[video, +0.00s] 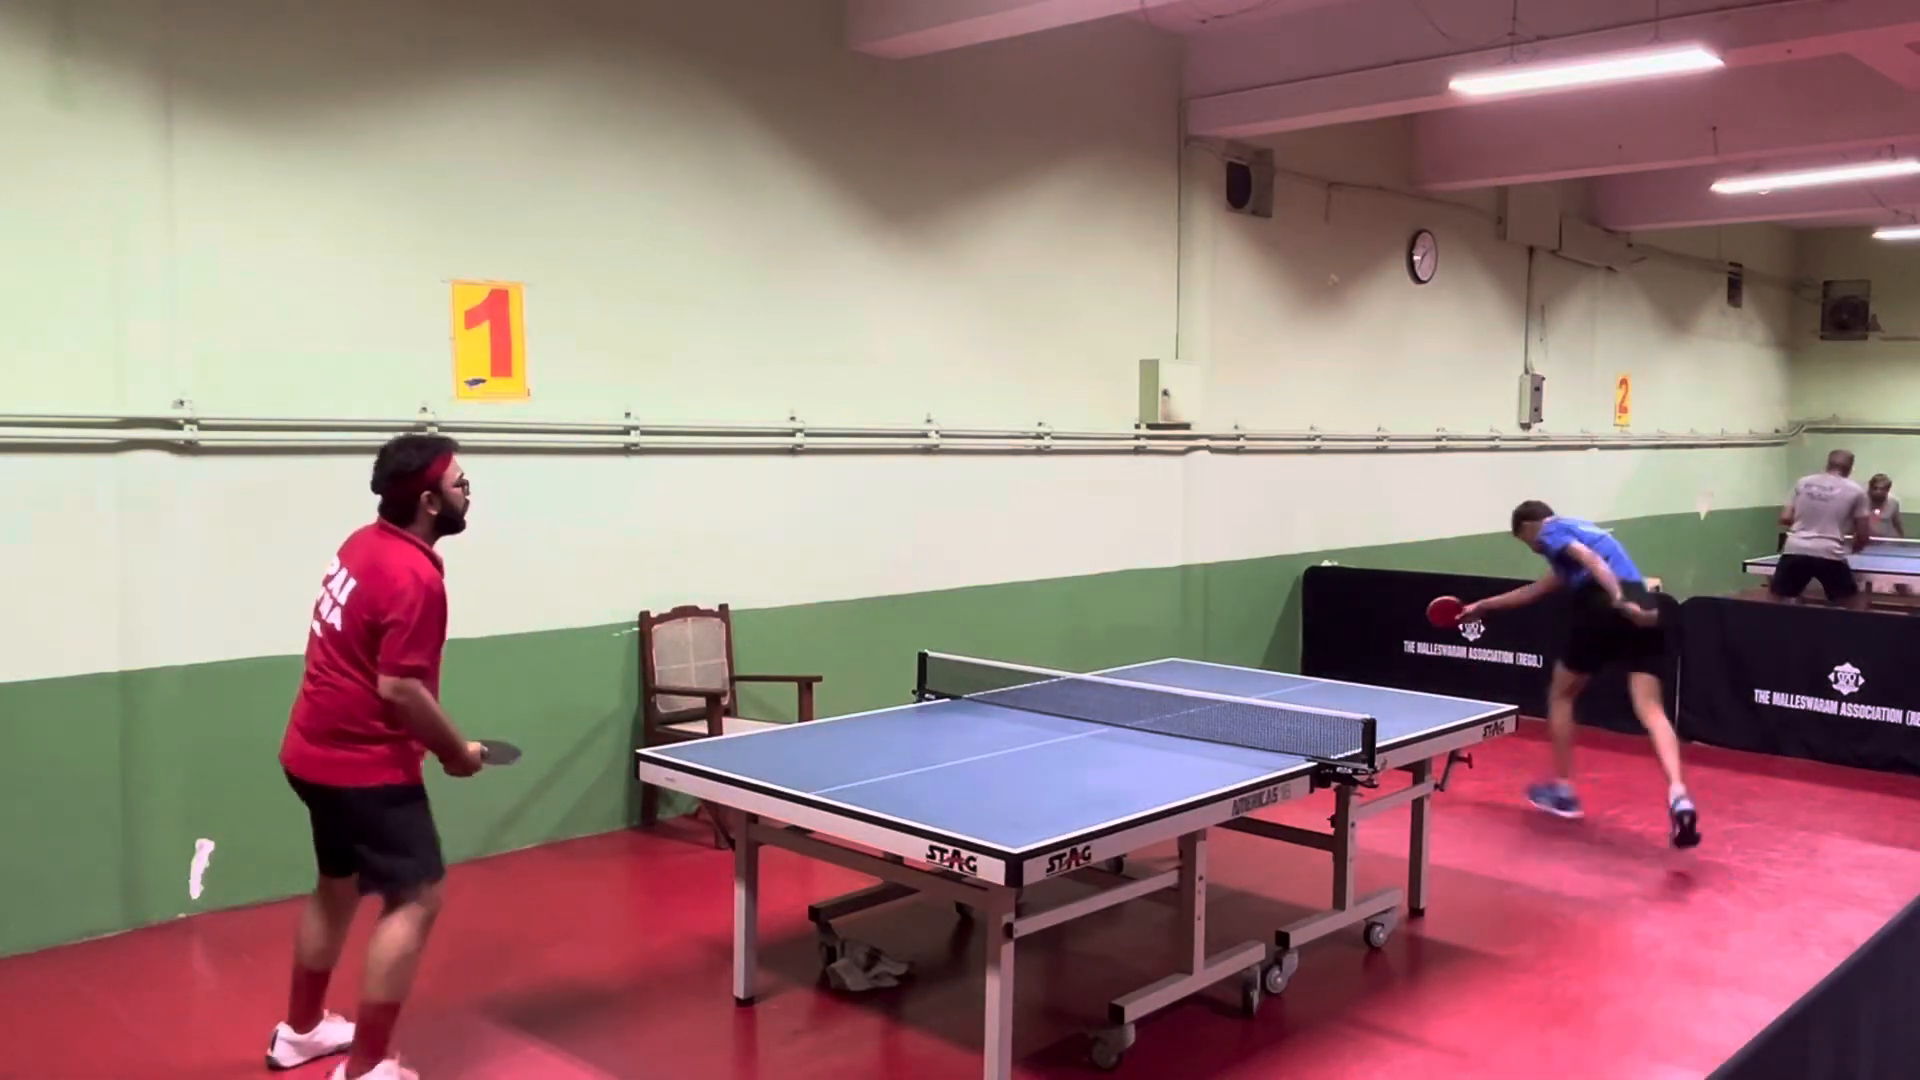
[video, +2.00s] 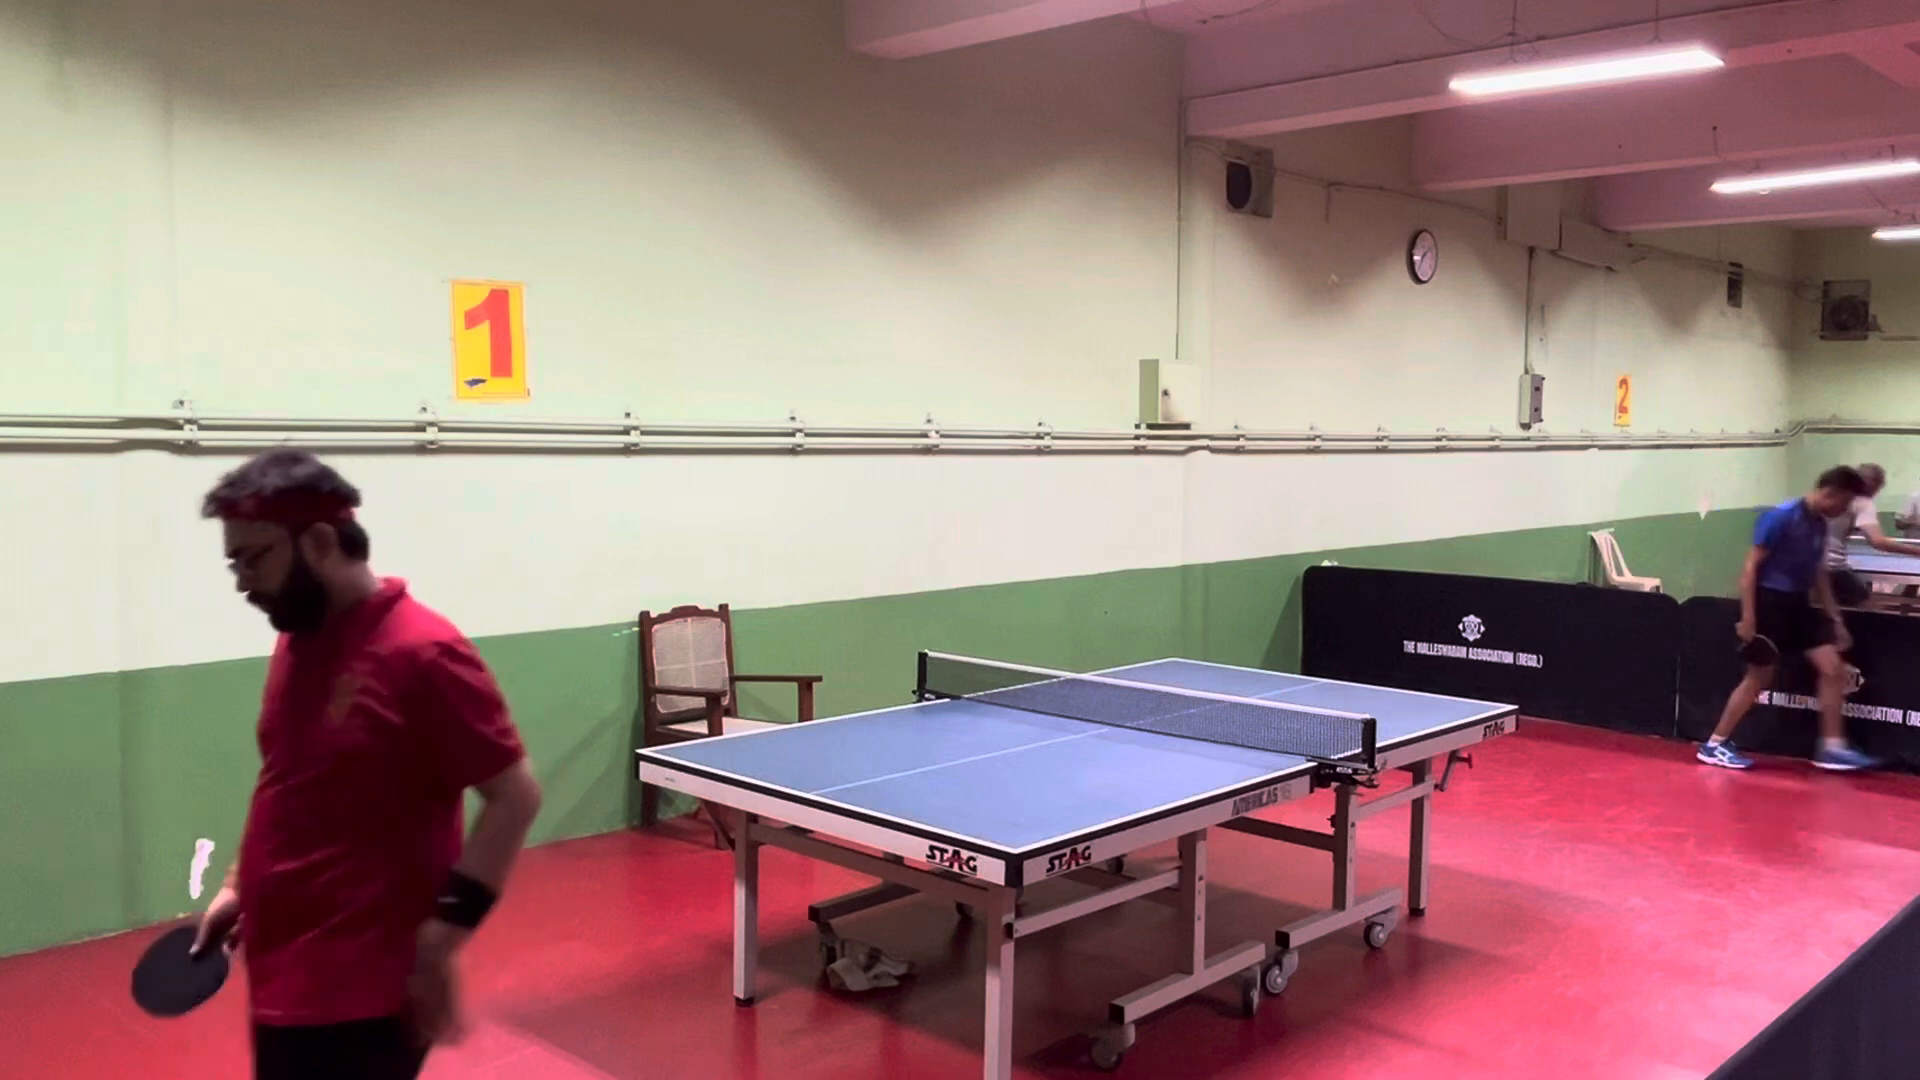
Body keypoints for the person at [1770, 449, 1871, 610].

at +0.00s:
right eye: (1851, 467)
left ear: (1827, 465)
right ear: (1849, 469)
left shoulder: (1803, 483)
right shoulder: (1856, 491)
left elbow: (1786, 518)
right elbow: (1862, 536)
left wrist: (1806, 523)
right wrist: (1853, 548)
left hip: (1795, 553)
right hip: (1829, 556)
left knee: (1775, 602)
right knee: (1851, 607)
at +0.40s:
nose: (1847, 480)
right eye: (1847, 476)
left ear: (1825, 469)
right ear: (1846, 474)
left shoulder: (1795, 483)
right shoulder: (1845, 488)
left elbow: (1782, 521)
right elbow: (1845, 527)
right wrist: (1860, 550)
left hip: (1789, 554)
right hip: (1824, 557)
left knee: (1772, 600)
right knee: (1848, 607)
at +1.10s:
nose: (1872, 477)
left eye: (1872, 474)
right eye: (1872, 474)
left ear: (1848, 468)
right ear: (1869, 475)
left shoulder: (1820, 480)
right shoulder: (1868, 497)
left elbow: (1799, 511)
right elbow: (1864, 539)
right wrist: (1845, 544)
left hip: (1798, 548)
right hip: (1832, 554)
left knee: (1775, 598)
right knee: (1852, 606)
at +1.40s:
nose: (1850, 477)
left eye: (1850, 473)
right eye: (1849, 473)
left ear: (1827, 469)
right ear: (1846, 473)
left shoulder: (1800, 484)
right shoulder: (1847, 496)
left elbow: (1786, 519)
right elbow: (1856, 537)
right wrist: (1861, 551)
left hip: (1783, 556)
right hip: (1816, 561)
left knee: (1763, 604)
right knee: (1838, 607)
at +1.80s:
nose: (1842, 479)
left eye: (1843, 475)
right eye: (1843, 475)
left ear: (1819, 469)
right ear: (1839, 474)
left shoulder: (1794, 483)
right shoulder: (1836, 493)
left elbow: (1767, 516)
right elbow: (1845, 539)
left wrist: (1783, 526)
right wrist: (1872, 555)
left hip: (1777, 553)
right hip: (1809, 556)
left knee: (1758, 602)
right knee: (1839, 603)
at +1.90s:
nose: (1856, 484)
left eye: (1857, 480)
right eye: (1856, 480)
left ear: (1833, 474)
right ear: (1851, 478)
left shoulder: (1810, 489)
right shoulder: (1843, 498)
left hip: (1789, 557)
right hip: (1817, 560)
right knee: (1854, 608)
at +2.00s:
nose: (1879, 490)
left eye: (1880, 486)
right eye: (1879, 486)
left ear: (1857, 478)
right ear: (1873, 483)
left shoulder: (1835, 495)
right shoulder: (1862, 502)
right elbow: (1876, 541)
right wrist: (1915, 550)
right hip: (1833, 566)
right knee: (1862, 595)